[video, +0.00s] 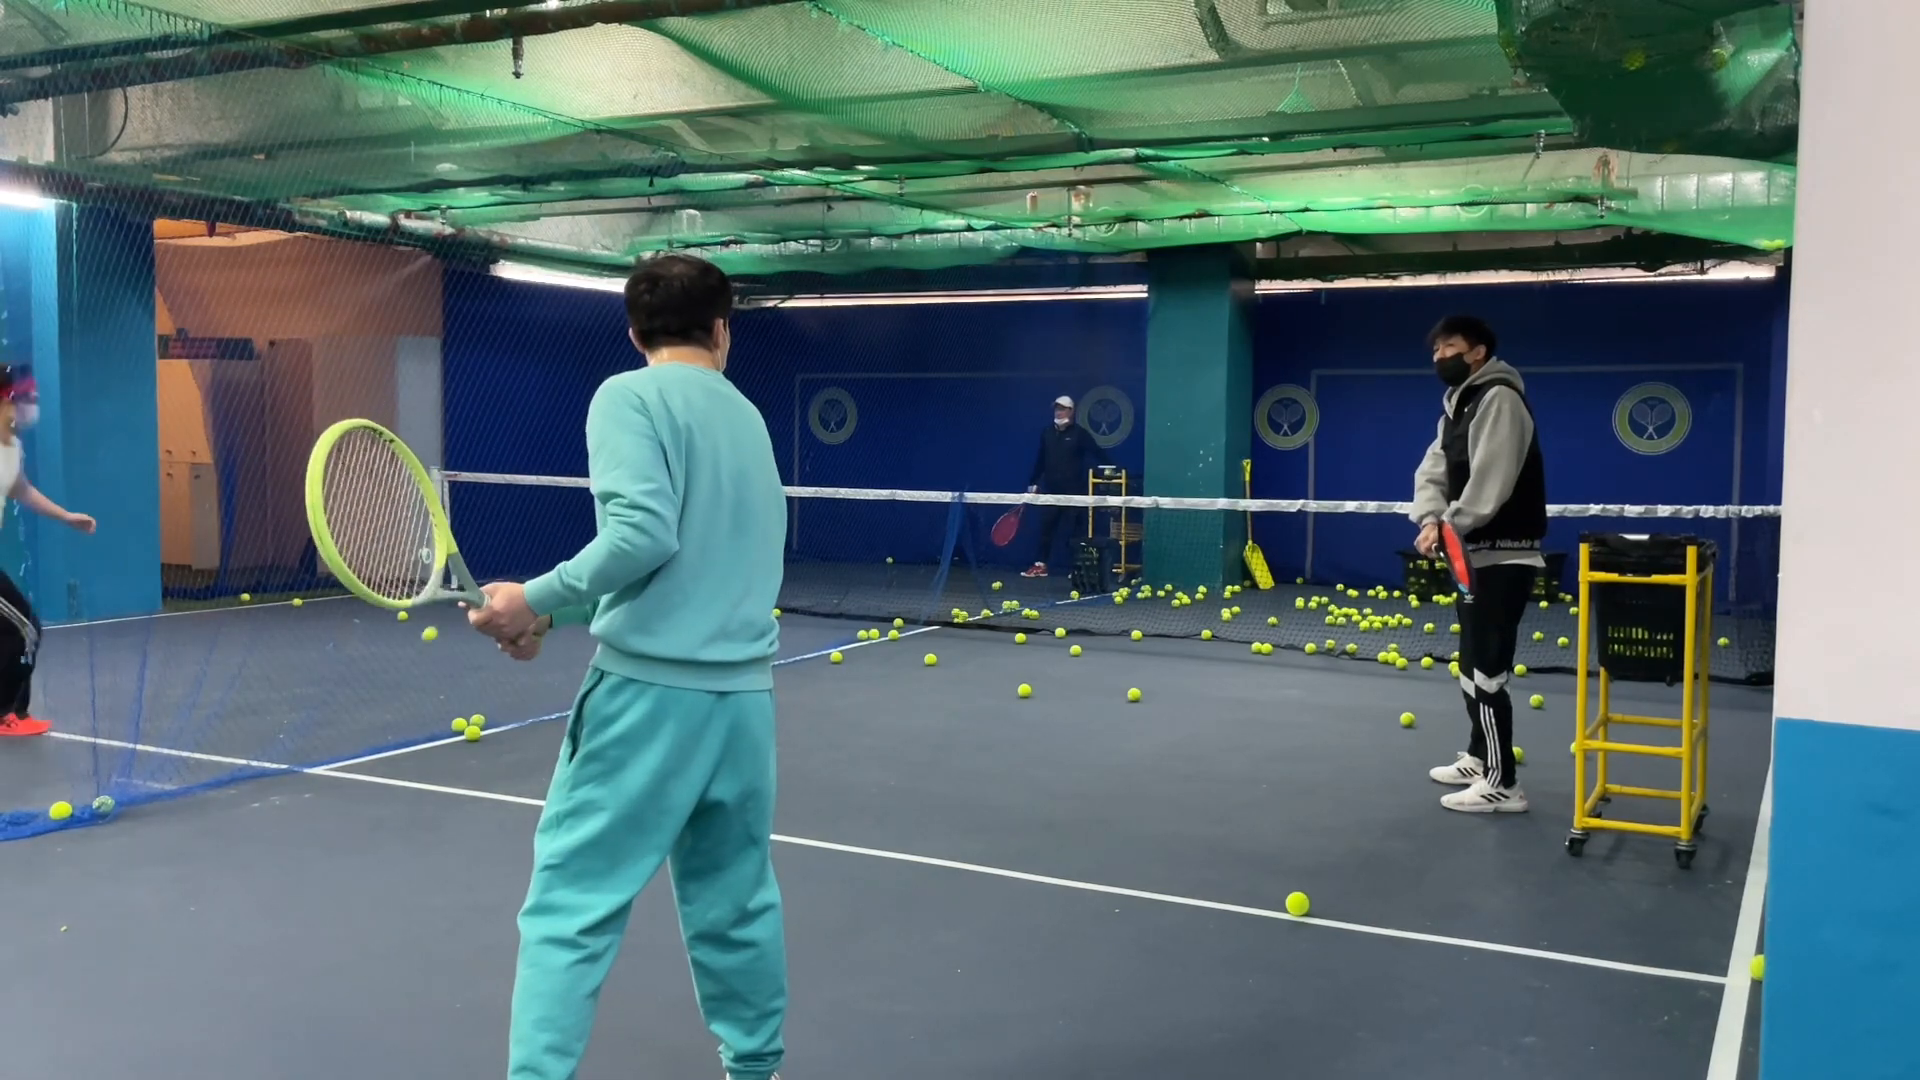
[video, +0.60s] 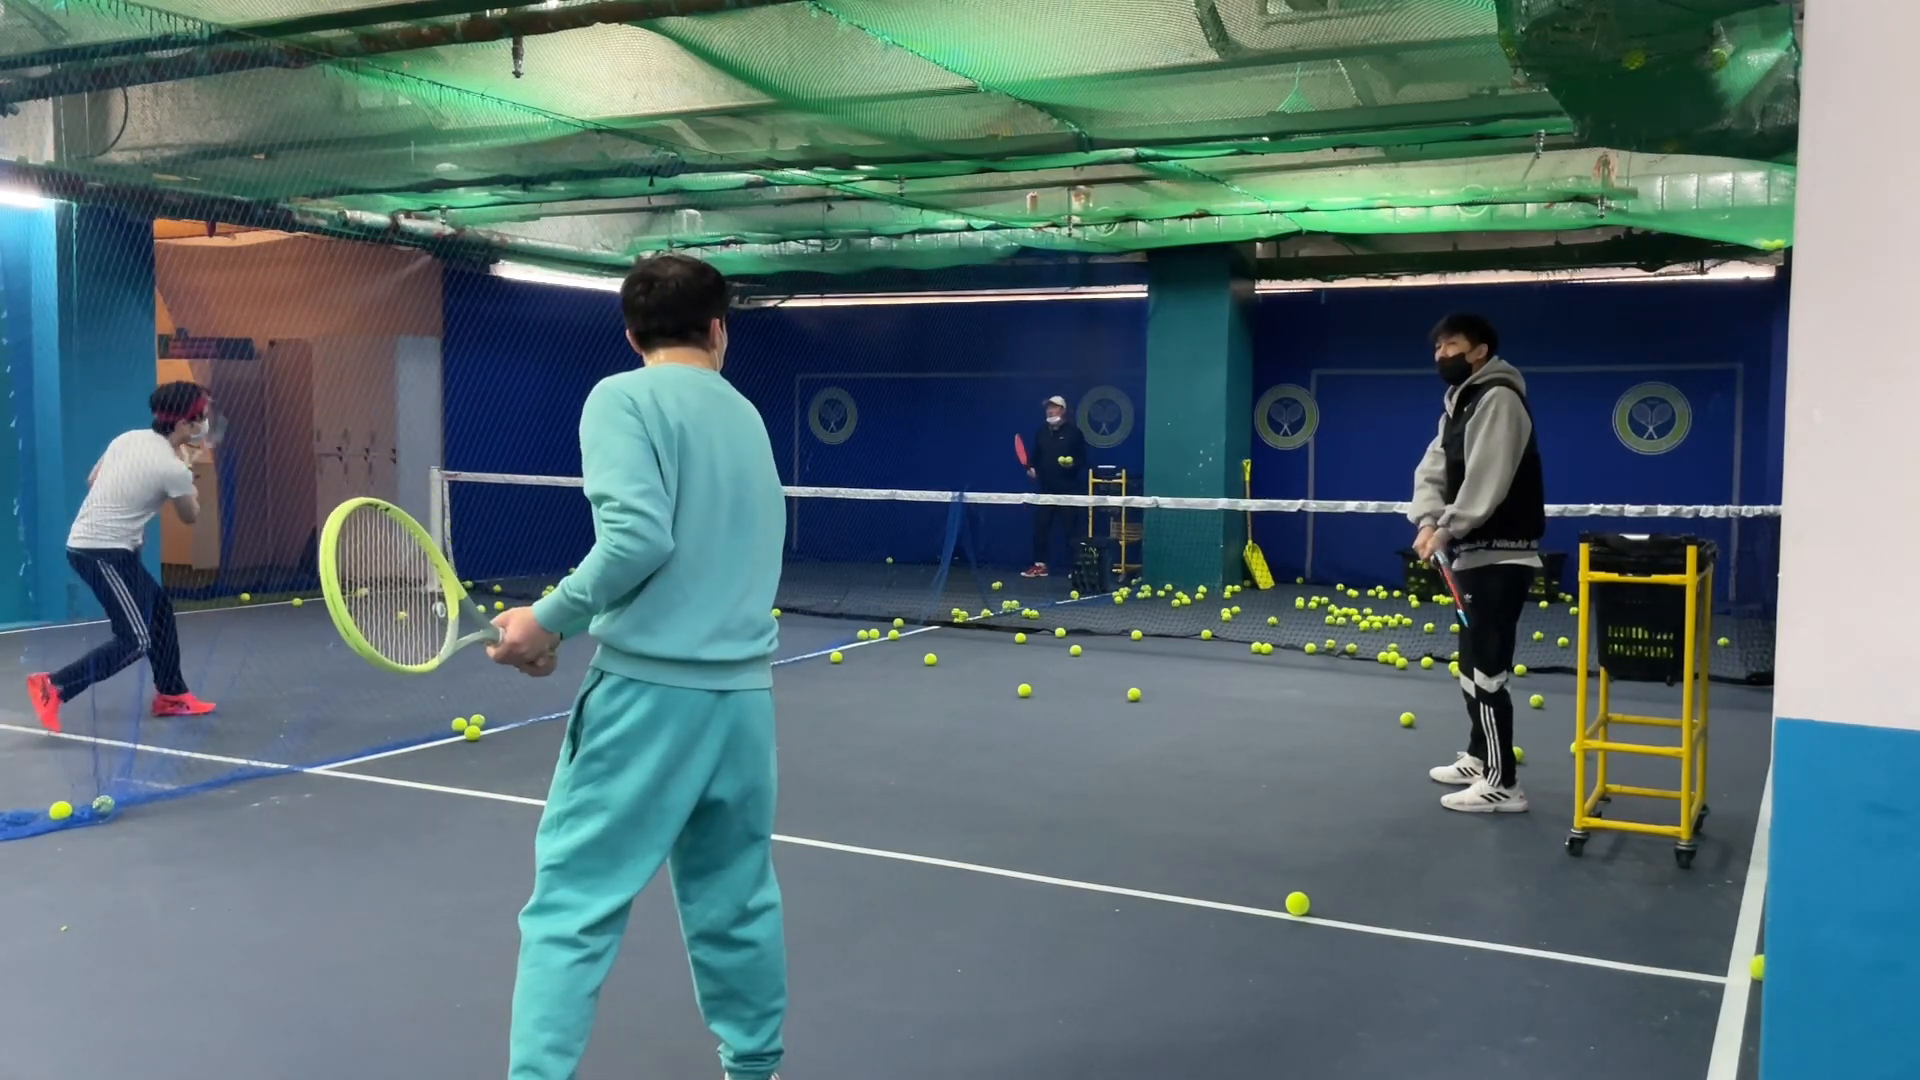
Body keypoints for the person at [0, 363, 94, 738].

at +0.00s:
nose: (27, 408)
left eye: (28, 400)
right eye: (21, 399)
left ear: (17, 403)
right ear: (4, 400)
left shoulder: (12, 445)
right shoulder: (1, 444)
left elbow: (21, 489)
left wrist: (66, 517)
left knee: (24, 625)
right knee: (23, 627)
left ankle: (14, 712)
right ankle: (7, 713)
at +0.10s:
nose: (94, 435)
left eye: (94, 427)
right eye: (87, 427)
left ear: (70, 432)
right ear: (65, 431)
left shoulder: (57, 465)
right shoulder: (33, 473)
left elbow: (50, 510)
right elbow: (15, 537)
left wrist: (86, 538)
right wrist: (18, 593)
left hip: (28, 564)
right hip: (8, 573)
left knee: (81, 610)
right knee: (60, 641)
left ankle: (107, 694)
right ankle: (11, 713)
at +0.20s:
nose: (142, 456)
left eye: (142, 448)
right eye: (137, 448)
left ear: (117, 452)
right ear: (115, 451)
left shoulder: (96, 480)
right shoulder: (81, 487)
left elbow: (79, 529)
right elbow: (81, 562)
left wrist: (103, 548)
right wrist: (102, 618)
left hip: (63, 569)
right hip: (34, 577)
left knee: (124, 624)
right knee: (94, 649)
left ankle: (167, 694)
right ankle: (20, 706)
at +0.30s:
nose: (179, 461)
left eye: (179, 454)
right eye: (174, 455)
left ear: (150, 457)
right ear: (152, 458)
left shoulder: (121, 476)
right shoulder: (120, 496)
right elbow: (141, 570)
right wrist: (187, 608)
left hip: (97, 575)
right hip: (65, 583)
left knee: (158, 611)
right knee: (124, 657)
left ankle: (172, 695)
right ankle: (41, 700)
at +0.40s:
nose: (201, 459)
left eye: (202, 451)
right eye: (197, 452)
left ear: (169, 451)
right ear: (177, 454)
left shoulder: (136, 465)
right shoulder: (149, 496)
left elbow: (101, 512)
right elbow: (170, 559)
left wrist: (126, 549)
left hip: (109, 565)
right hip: (80, 572)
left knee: (163, 611)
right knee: (127, 653)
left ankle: (171, 695)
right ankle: (41, 695)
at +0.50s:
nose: (208, 442)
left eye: (209, 435)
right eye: (205, 435)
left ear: (169, 432)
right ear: (187, 439)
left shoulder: (137, 451)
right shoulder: (165, 482)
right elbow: (181, 539)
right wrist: (213, 530)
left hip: (113, 555)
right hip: (91, 559)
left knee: (161, 607)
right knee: (129, 646)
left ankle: (171, 694)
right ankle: (44, 692)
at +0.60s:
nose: (202, 426)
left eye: (202, 418)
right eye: (198, 419)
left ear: (163, 417)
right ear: (180, 422)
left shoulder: (128, 438)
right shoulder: (172, 466)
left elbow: (94, 479)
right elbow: (190, 514)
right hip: (101, 549)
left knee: (159, 608)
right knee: (137, 641)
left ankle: (171, 693)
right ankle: (53, 687)